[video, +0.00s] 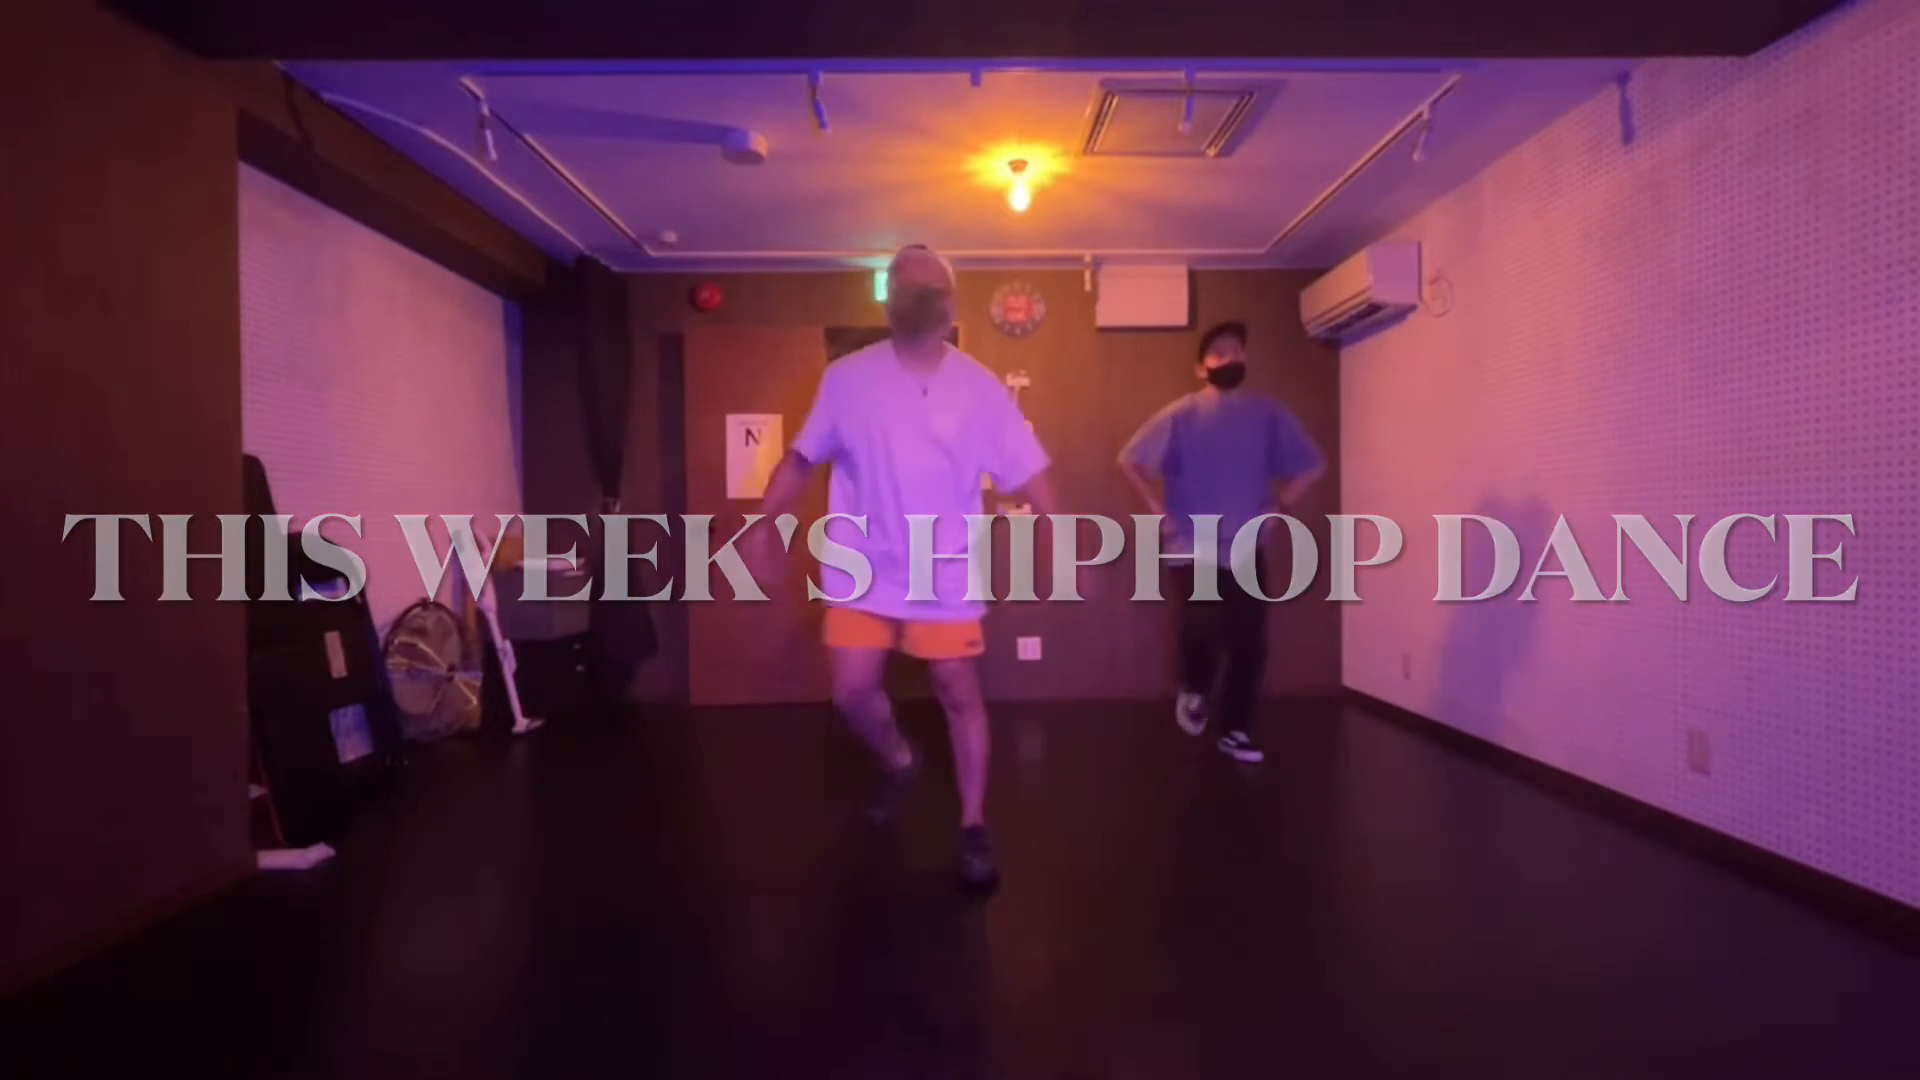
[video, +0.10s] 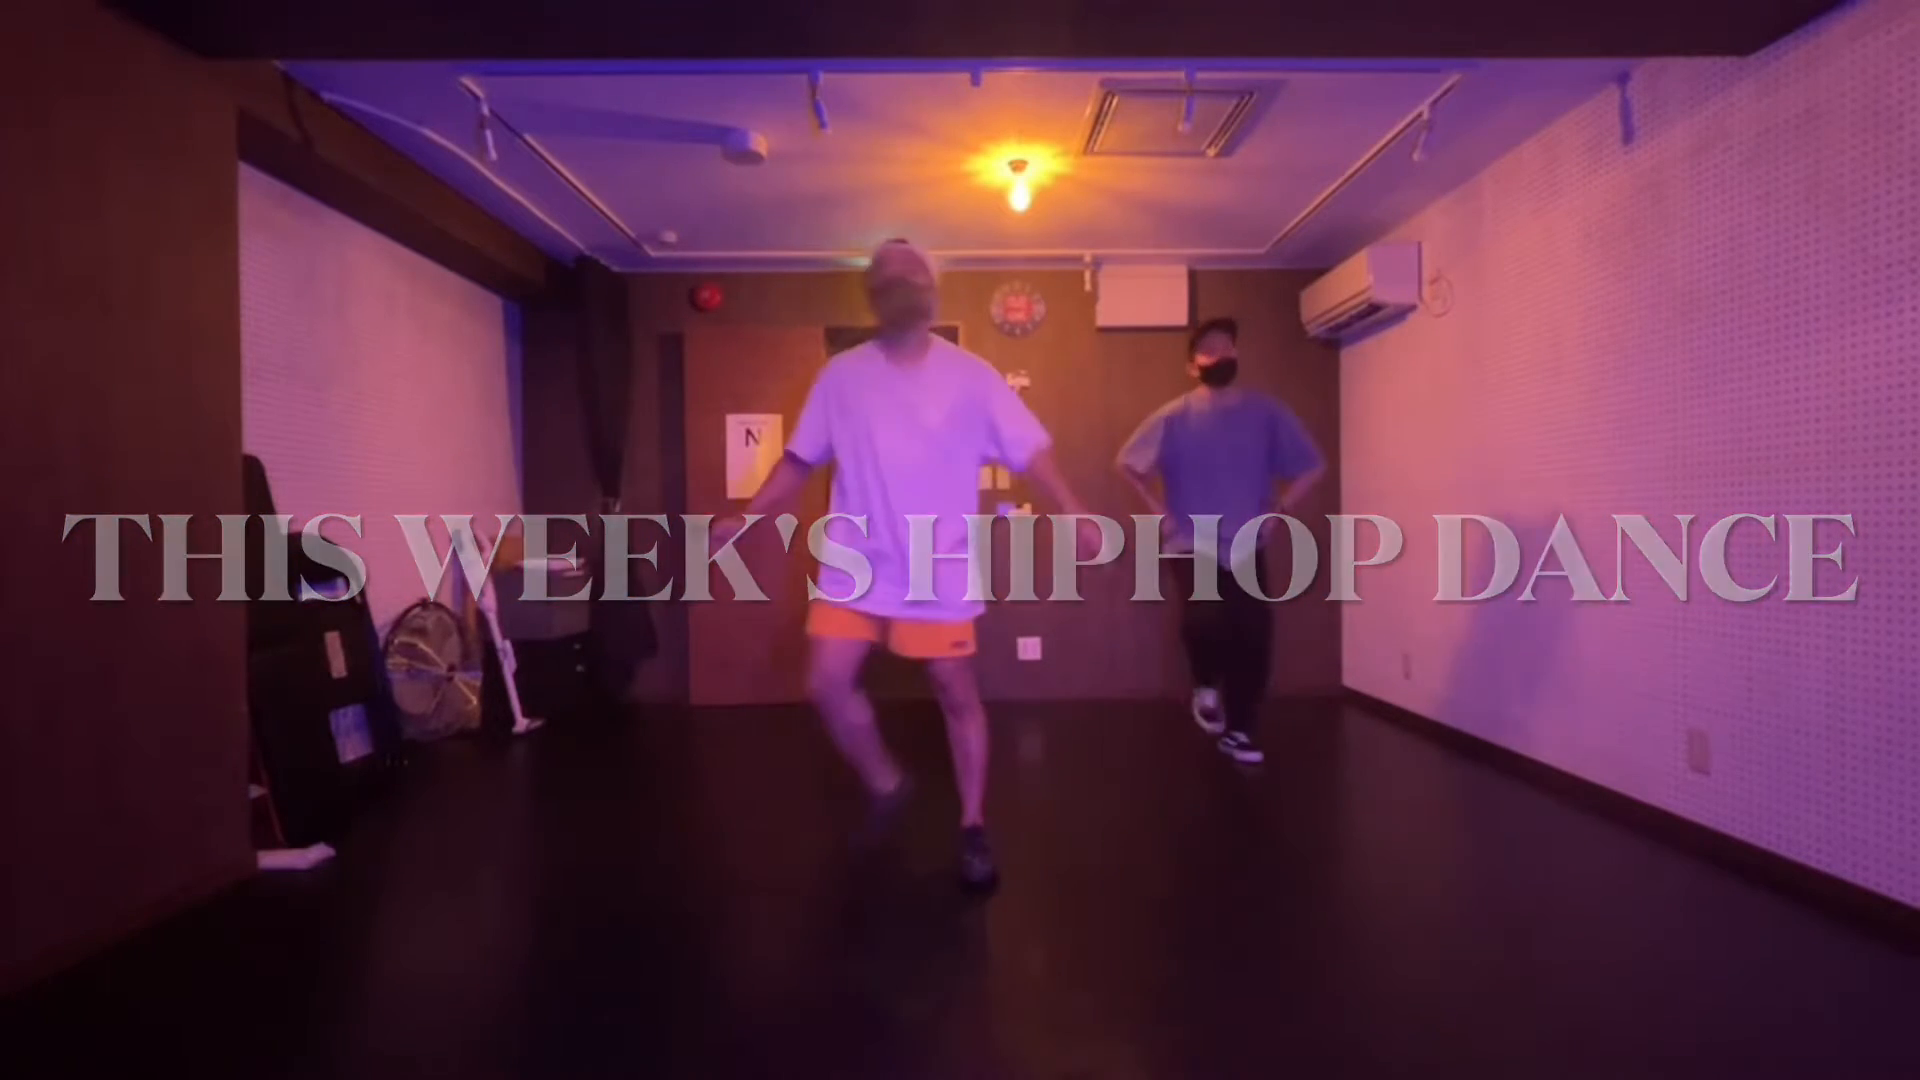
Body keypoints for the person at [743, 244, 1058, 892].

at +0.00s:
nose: (915, 302)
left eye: (929, 292)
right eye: (905, 291)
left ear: (951, 307)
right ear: (888, 302)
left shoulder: (978, 387)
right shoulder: (848, 378)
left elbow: (1032, 476)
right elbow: (803, 458)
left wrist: (1065, 549)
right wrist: (762, 525)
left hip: (946, 573)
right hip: (860, 569)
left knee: (959, 693)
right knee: (853, 692)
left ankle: (973, 826)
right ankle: (900, 764)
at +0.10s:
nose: (901, 292)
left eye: (913, 281)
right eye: (887, 283)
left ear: (935, 295)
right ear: (870, 299)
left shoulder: (970, 376)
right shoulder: (843, 375)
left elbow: (1032, 457)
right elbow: (799, 461)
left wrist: (1077, 516)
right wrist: (748, 515)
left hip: (941, 566)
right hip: (856, 562)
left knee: (956, 690)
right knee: (827, 682)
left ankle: (972, 827)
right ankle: (886, 785)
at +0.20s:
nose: (857, 297)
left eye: (869, 286)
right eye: (847, 288)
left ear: (894, 296)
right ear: (836, 303)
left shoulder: (944, 371)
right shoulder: (825, 383)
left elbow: (1019, 423)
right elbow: (789, 470)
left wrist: (1051, 467)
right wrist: (732, 516)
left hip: (927, 574)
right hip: (841, 573)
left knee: (953, 700)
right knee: (812, 691)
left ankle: (972, 830)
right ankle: (807, 844)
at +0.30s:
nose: (845, 341)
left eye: (850, 326)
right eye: (833, 329)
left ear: (866, 315)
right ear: (820, 326)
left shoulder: (918, 370)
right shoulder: (806, 391)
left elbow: (990, 406)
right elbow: (781, 476)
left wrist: (1007, 468)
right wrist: (728, 532)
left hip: (913, 580)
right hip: (830, 584)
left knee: (942, 701)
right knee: (806, 707)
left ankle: (971, 829)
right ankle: (761, 855)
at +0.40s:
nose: (771, 305)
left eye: (786, 293)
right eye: (765, 295)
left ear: (817, 302)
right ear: (758, 309)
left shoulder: (852, 358)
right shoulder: (766, 396)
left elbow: (915, 399)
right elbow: (772, 492)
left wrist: (913, 475)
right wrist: (752, 545)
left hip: (868, 568)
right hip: (797, 575)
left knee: (899, 701)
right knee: (770, 698)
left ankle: (965, 820)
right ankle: (750, 856)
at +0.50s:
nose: (740, 308)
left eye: (752, 295)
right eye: (738, 297)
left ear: (785, 300)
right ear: (748, 307)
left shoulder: (814, 355)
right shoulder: (755, 388)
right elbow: (761, 490)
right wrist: (766, 565)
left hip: (829, 573)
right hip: (772, 576)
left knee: (839, 709)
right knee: (747, 695)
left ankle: (953, 805)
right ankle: (746, 858)